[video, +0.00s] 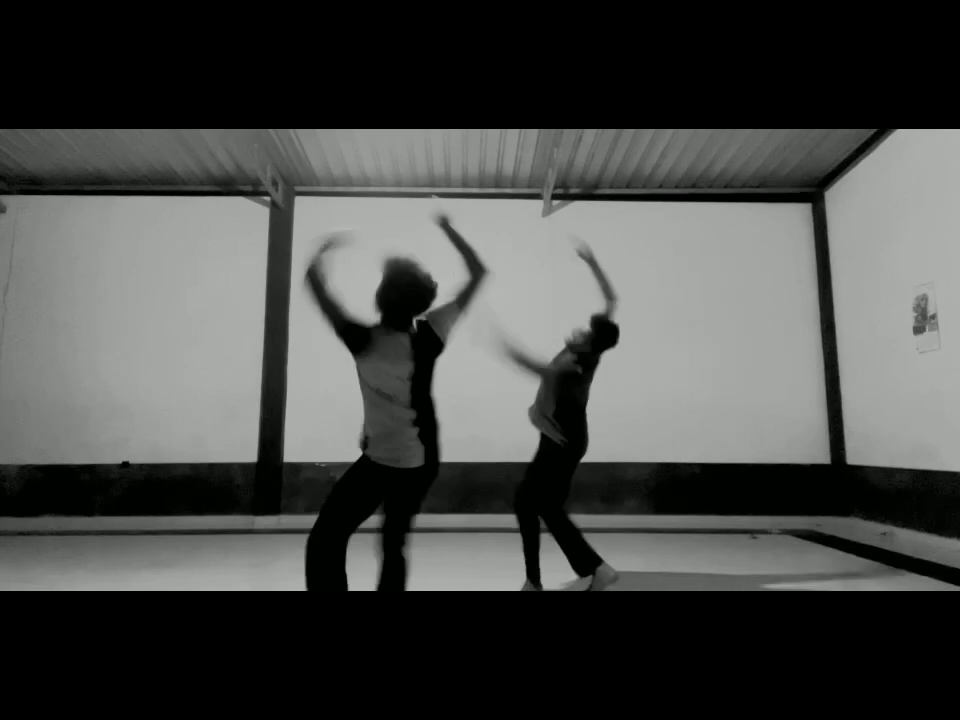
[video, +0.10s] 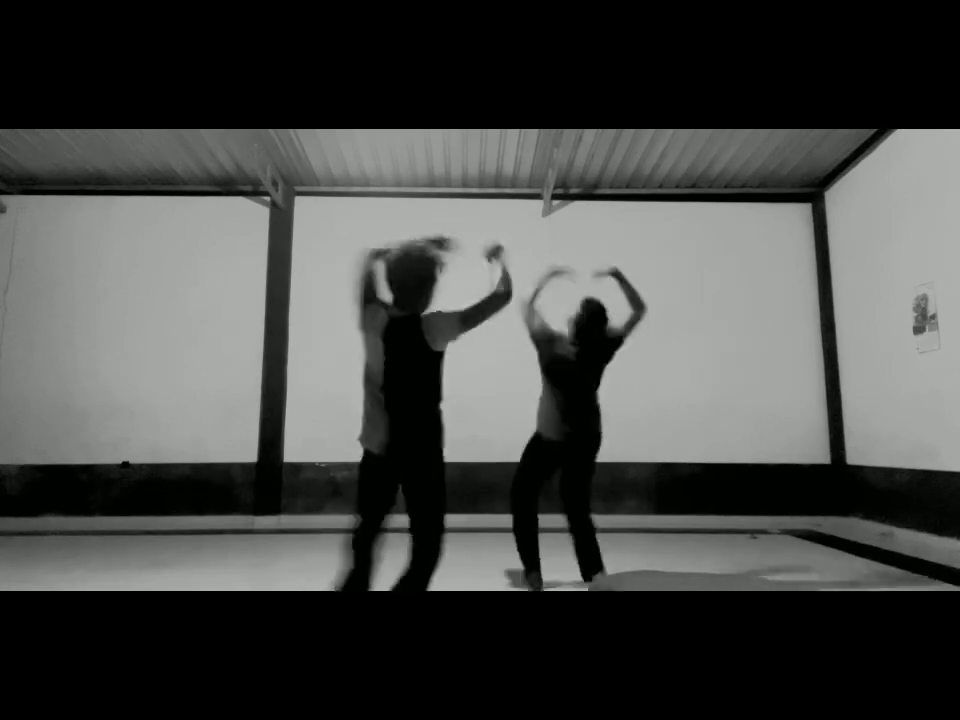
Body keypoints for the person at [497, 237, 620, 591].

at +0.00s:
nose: (578, 330)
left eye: (584, 332)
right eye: (583, 328)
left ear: (589, 344)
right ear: (593, 342)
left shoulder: (566, 367)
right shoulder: (589, 351)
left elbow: (536, 366)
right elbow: (610, 303)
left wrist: (508, 349)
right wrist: (592, 264)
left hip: (559, 444)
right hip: (567, 441)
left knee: (527, 502)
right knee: (547, 505)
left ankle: (531, 582)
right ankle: (594, 569)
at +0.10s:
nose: (574, 316)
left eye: (579, 313)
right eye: (581, 312)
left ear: (577, 323)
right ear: (602, 326)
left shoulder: (552, 348)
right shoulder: (603, 348)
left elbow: (529, 309)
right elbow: (639, 310)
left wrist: (546, 279)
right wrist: (618, 276)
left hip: (550, 439)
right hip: (585, 439)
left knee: (522, 497)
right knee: (577, 506)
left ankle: (532, 574)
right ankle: (595, 577)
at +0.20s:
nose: (595, 313)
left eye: (589, 309)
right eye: (594, 310)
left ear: (569, 311)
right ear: (594, 316)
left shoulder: (553, 331)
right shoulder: (602, 346)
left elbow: (566, 305)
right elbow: (649, 330)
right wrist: (643, 292)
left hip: (547, 424)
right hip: (583, 430)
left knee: (549, 494)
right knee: (587, 503)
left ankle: (547, 568)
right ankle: (581, 578)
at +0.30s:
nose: (604, 314)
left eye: (602, 308)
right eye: (600, 309)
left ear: (578, 313)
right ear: (590, 313)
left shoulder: (574, 336)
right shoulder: (593, 344)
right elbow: (640, 366)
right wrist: (660, 330)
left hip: (550, 422)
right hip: (562, 426)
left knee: (592, 492)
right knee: (596, 495)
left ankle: (581, 562)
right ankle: (568, 574)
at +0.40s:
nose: (602, 334)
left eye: (607, 329)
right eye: (597, 329)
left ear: (613, 332)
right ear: (587, 331)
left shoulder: (608, 366)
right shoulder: (582, 362)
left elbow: (625, 413)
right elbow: (614, 400)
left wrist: (663, 398)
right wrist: (654, 385)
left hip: (578, 439)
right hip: (556, 439)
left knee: (617, 502)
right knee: (595, 504)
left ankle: (607, 576)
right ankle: (574, 576)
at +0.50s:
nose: (607, 343)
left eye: (614, 339)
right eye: (603, 337)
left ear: (622, 346)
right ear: (596, 339)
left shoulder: (621, 387)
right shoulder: (576, 367)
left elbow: (635, 434)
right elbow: (554, 389)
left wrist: (643, 427)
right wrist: (595, 408)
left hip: (595, 449)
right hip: (563, 447)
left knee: (629, 511)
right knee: (590, 507)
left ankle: (608, 578)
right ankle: (574, 581)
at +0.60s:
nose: (609, 331)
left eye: (617, 329)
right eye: (608, 324)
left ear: (626, 336)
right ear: (602, 324)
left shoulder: (627, 376)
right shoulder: (575, 349)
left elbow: (665, 406)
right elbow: (539, 339)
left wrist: (652, 420)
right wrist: (530, 350)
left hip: (598, 443)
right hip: (563, 438)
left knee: (625, 507)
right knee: (575, 502)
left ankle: (607, 576)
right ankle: (574, 579)